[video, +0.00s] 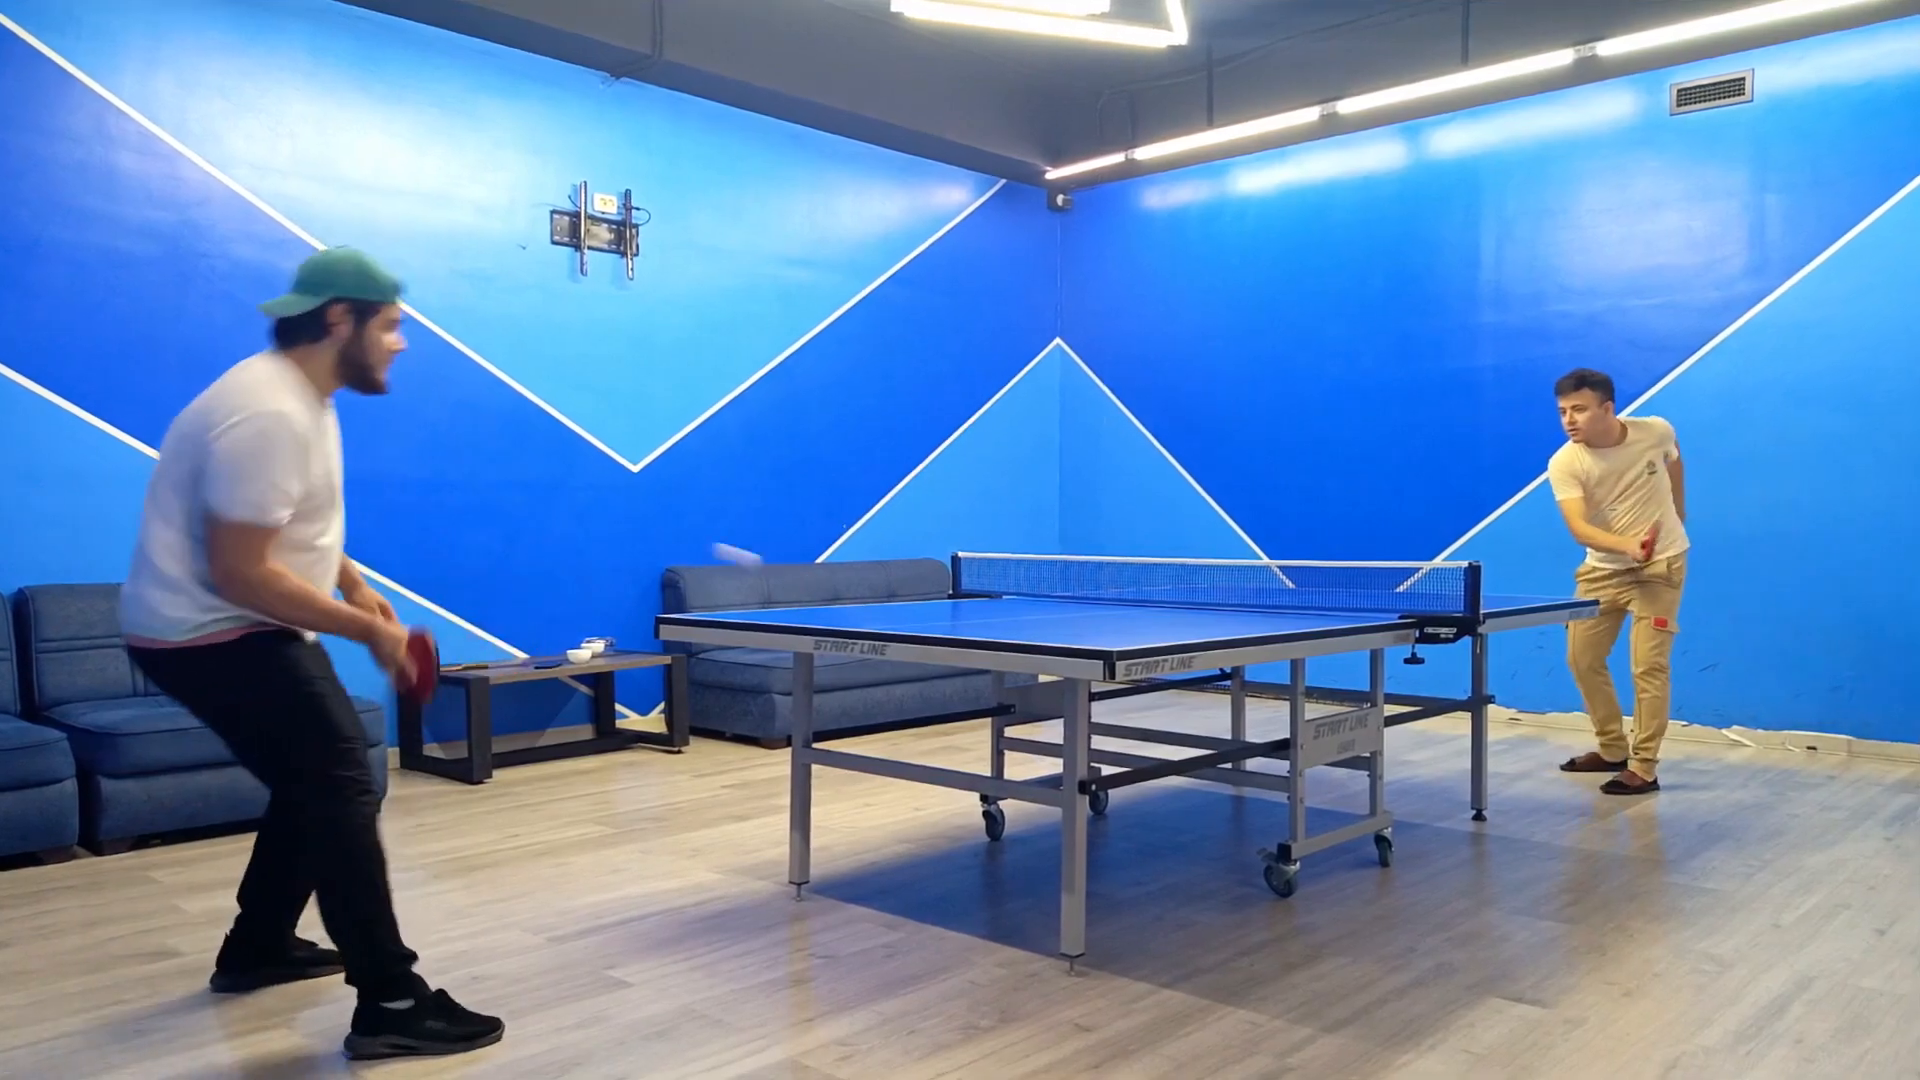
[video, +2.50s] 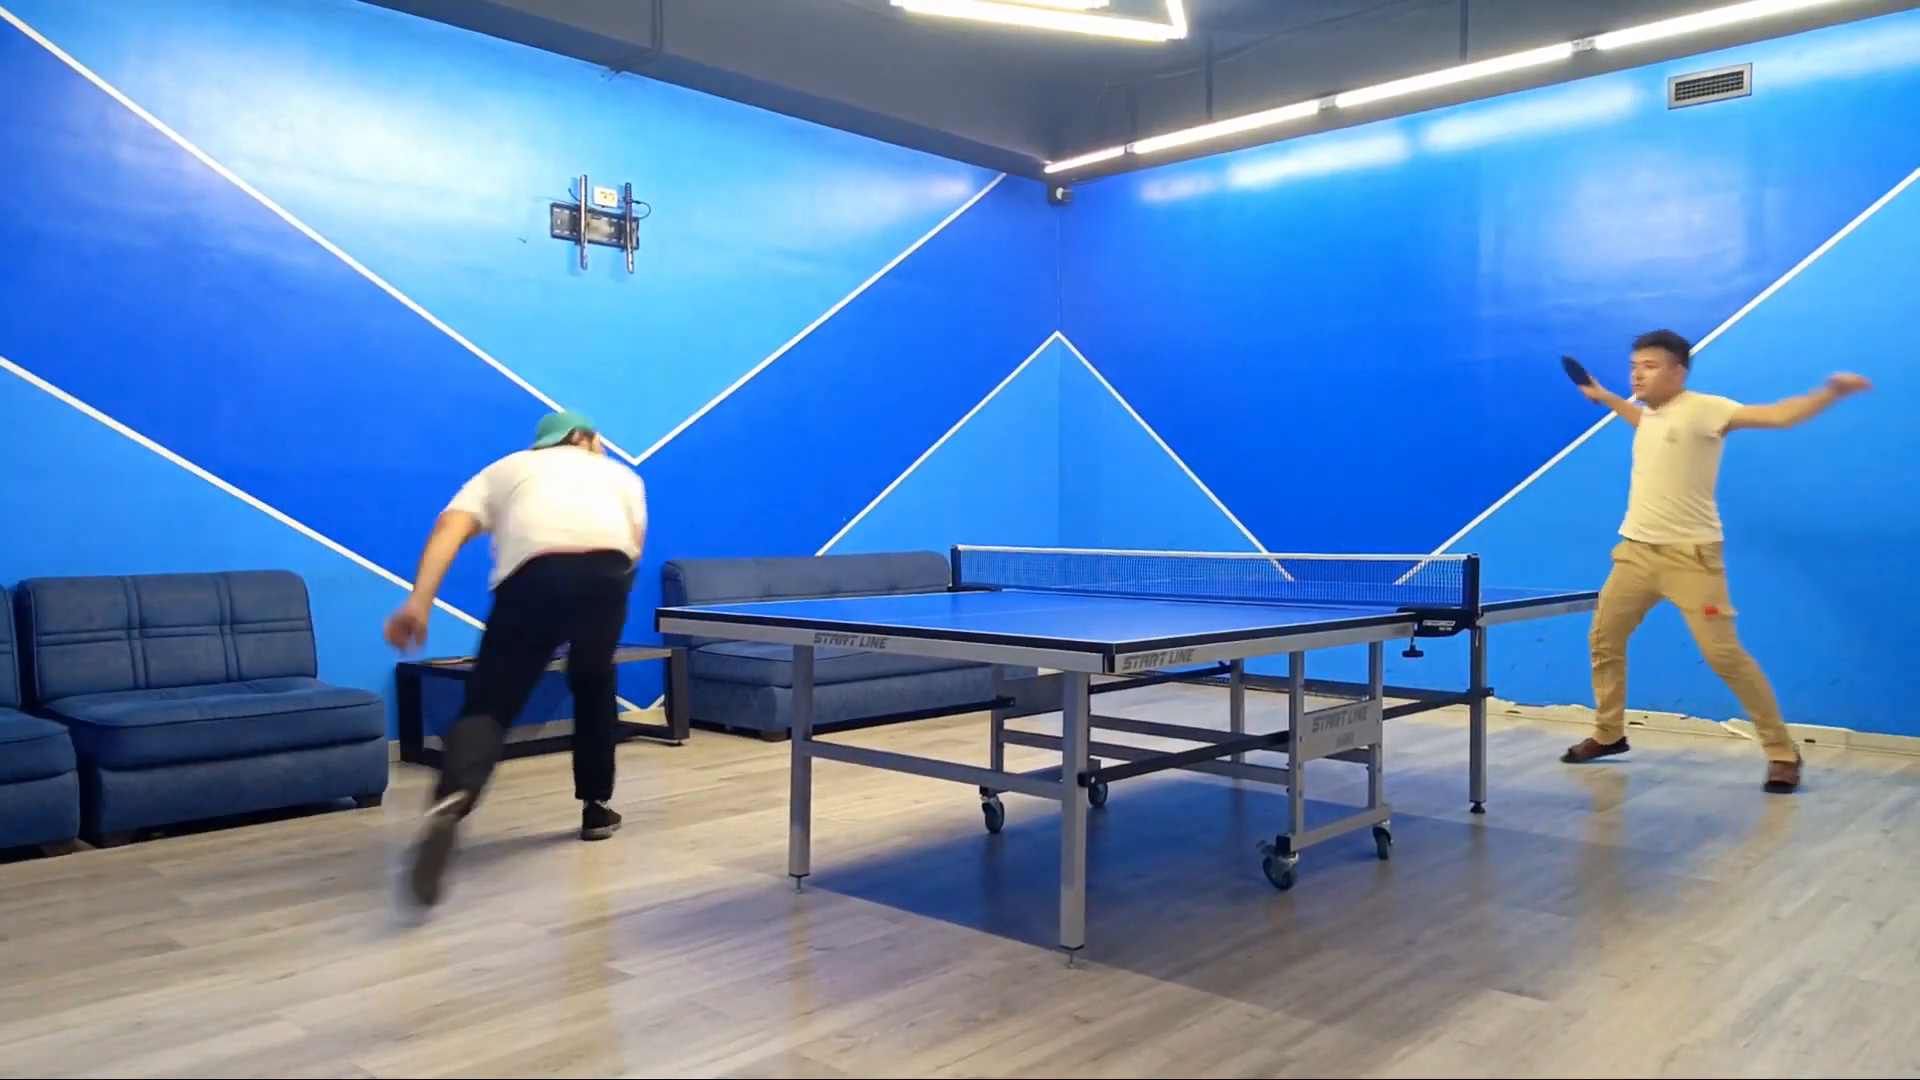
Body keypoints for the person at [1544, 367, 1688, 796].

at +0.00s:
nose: (1568, 419)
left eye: (1578, 410)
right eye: (1563, 411)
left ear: (1608, 408)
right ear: (1561, 414)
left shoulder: (1656, 433)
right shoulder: (1564, 462)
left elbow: (1674, 473)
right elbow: (1578, 527)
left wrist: (1676, 517)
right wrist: (1625, 545)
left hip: (1659, 564)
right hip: (1602, 570)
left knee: (1648, 664)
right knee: (1583, 657)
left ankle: (1644, 768)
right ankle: (1613, 751)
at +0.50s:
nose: (1571, 408)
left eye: (1579, 397)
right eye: (1565, 401)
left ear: (1609, 395)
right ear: (1566, 406)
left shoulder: (1636, 427)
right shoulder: (1601, 451)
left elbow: (1681, 476)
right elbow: (1623, 519)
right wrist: (1584, 567)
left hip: (1679, 552)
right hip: (1642, 563)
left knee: (1659, 651)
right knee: (1623, 652)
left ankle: (1717, 765)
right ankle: (1629, 754)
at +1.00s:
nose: (1616, 419)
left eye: (1624, 409)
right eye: (1611, 411)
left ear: (1656, 402)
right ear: (1611, 411)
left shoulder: (1714, 422)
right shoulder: (1629, 451)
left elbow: (1787, 411)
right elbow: (1605, 490)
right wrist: (1551, 503)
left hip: (1725, 569)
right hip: (1672, 574)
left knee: (1692, 675)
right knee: (1653, 666)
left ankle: (1730, 794)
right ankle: (1649, 757)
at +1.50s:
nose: (1600, 432)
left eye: (1610, 422)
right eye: (1595, 424)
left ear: (1643, 421)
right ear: (1594, 426)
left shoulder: (1694, 459)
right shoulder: (1605, 470)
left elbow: (1766, 505)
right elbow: (1576, 530)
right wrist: (1542, 538)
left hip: (1692, 590)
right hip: (1637, 592)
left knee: (1668, 676)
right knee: (1587, 671)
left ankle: (1721, 792)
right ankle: (1616, 754)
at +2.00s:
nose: (1544, 445)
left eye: (1553, 435)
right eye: (1539, 438)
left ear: (1582, 436)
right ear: (1539, 443)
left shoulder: (1606, 467)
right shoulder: (1580, 487)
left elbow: (1675, 501)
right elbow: (1603, 553)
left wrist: (1660, 557)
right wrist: (1555, 587)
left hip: (1652, 593)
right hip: (1615, 598)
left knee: (1647, 684)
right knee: (1558, 654)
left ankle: (1736, 775)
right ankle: (1584, 743)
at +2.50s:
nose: (1638, 375)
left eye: (1649, 367)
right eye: (1634, 368)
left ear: (1678, 371)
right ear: (1637, 374)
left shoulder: (1706, 410)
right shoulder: (1647, 414)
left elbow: (1778, 415)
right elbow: (1636, 413)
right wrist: (1601, 395)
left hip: (1692, 556)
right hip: (1636, 551)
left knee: (1723, 655)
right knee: (1604, 638)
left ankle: (1782, 754)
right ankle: (1608, 734)